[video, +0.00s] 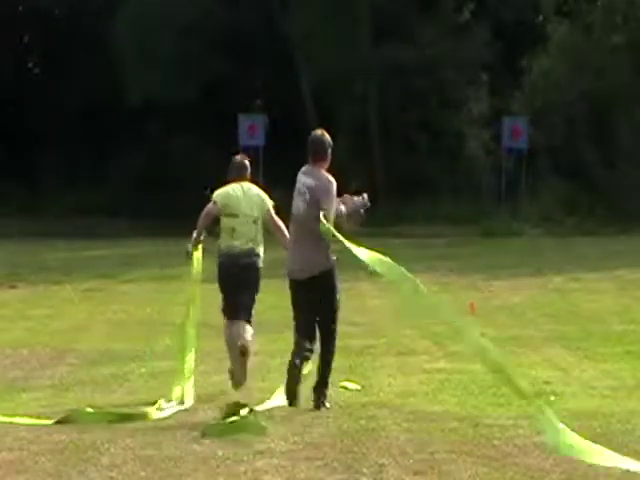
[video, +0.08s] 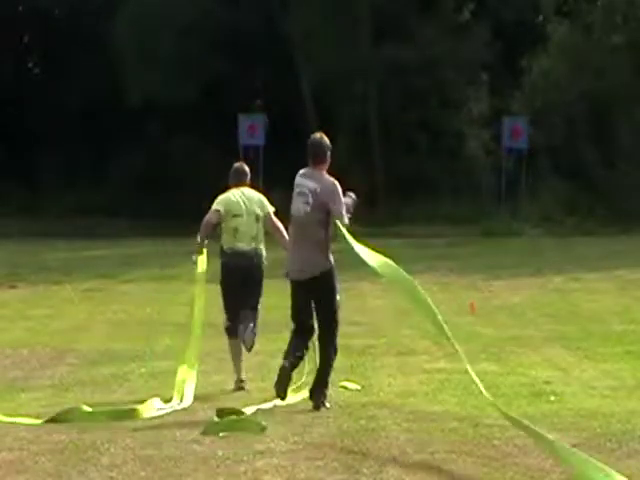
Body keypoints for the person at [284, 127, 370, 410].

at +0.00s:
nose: (331, 155)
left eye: (328, 151)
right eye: (331, 151)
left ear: (309, 152)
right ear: (329, 153)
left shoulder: (303, 176)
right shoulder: (326, 182)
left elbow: (322, 209)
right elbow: (326, 222)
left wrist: (346, 204)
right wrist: (351, 207)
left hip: (296, 269)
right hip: (320, 268)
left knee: (304, 330)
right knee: (328, 331)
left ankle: (296, 362)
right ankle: (321, 391)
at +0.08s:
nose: (328, 158)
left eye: (323, 154)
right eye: (329, 154)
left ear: (308, 156)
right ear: (328, 156)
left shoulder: (300, 178)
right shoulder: (329, 185)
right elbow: (341, 222)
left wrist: (338, 202)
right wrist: (349, 203)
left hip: (296, 268)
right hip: (320, 268)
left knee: (302, 327)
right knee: (328, 333)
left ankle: (287, 365)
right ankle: (319, 391)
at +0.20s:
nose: (317, 149)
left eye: (311, 144)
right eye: (320, 144)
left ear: (303, 146)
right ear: (324, 146)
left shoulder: (292, 171)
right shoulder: (333, 176)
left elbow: (285, 207)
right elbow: (339, 213)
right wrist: (337, 234)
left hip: (298, 256)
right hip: (324, 256)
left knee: (298, 315)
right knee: (323, 316)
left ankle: (297, 369)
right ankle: (321, 371)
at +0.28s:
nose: (314, 149)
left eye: (308, 144)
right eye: (317, 144)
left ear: (298, 146)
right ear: (320, 146)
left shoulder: (291, 172)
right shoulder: (330, 173)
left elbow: (283, 205)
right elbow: (340, 206)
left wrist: (289, 216)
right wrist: (339, 205)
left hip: (299, 256)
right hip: (325, 254)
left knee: (301, 316)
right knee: (324, 304)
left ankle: (305, 373)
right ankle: (323, 331)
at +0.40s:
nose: (307, 158)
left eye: (302, 153)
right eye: (311, 153)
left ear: (293, 156)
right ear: (312, 154)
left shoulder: (287, 183)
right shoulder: (324, 180)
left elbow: (286, 218)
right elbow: (334, 216)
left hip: (296, 266)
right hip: (320, 266)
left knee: (302, 329)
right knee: (322, 318)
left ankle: (308, 383)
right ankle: (323, 350)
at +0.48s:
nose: (315, 155)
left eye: (310, 150)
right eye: (316, 151)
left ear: (297, 153)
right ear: (316, 153)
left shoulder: (289, 178)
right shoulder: (322, 179)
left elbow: (292, 211)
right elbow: (330, 214)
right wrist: (339, 203)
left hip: (294, 263)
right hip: (318, 262)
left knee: (303, 322)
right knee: (324, 317)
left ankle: (308, 379)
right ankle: (328, 373)